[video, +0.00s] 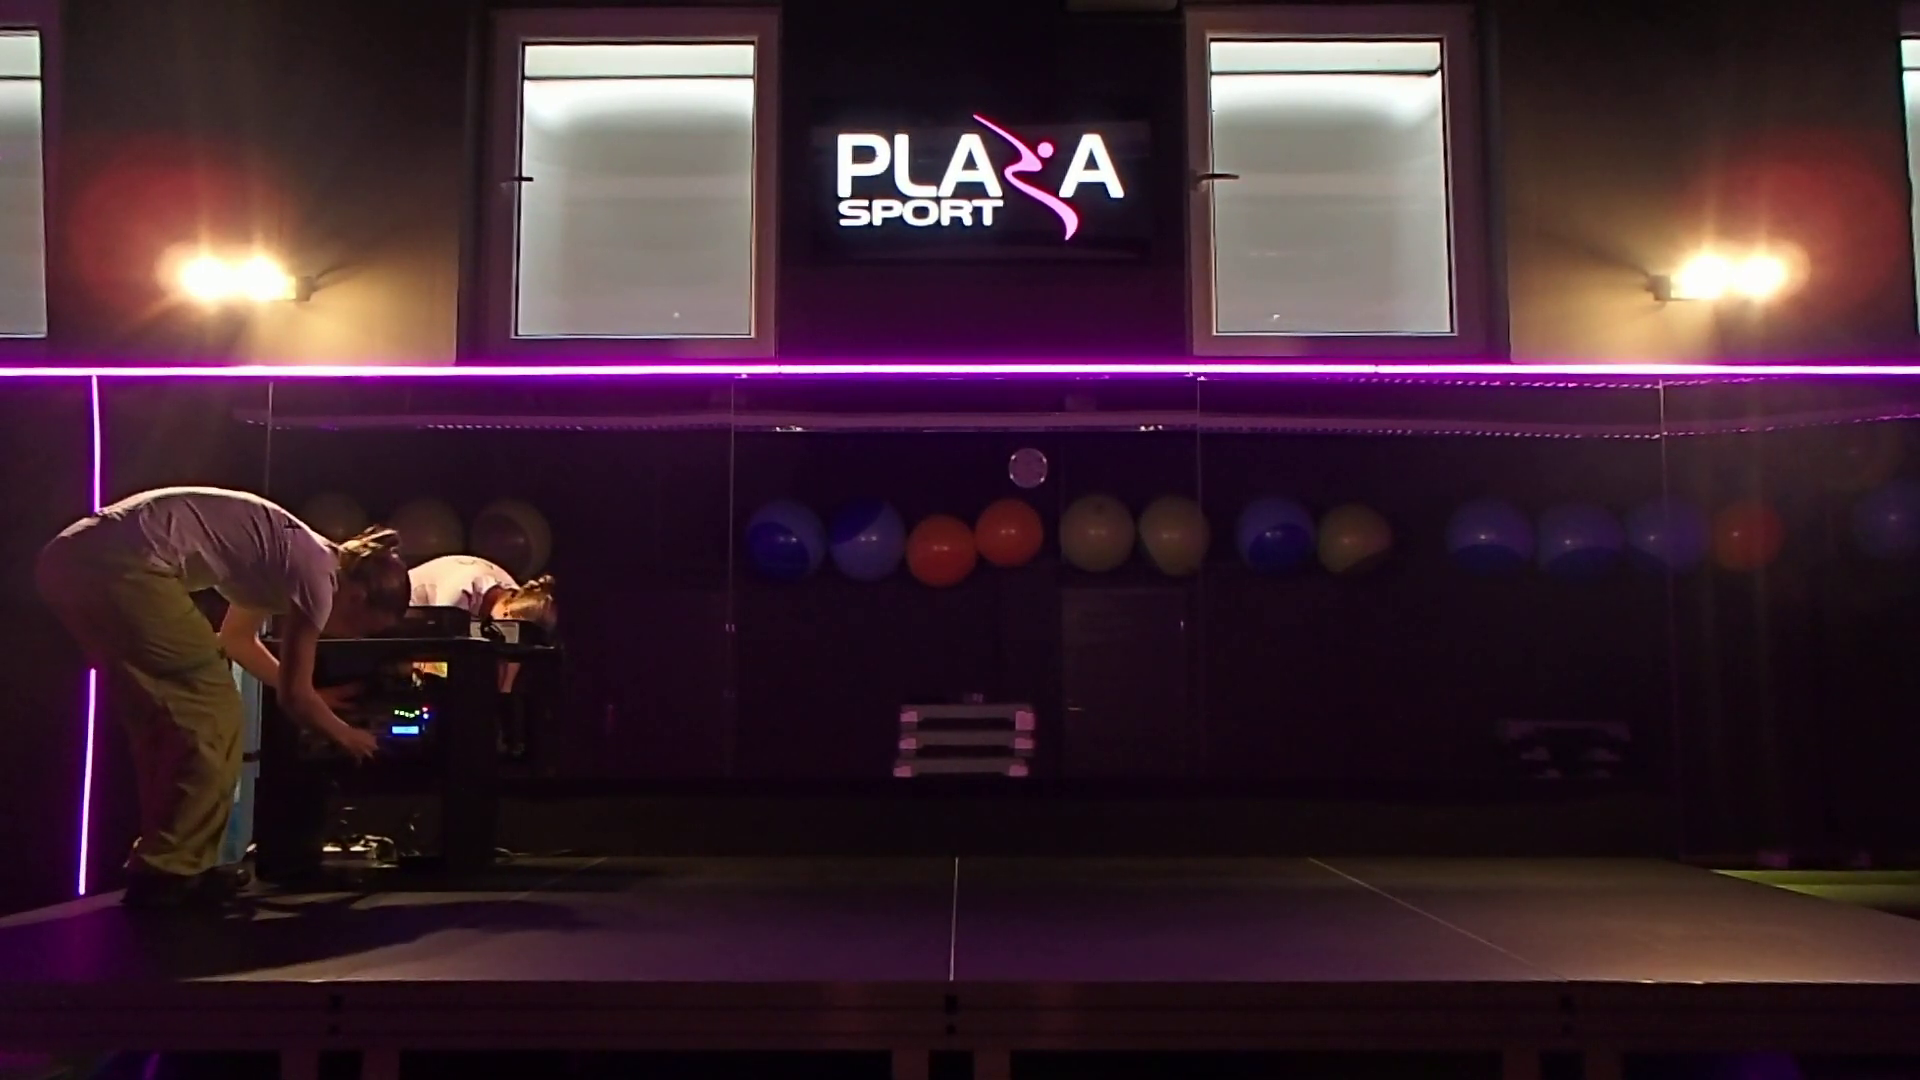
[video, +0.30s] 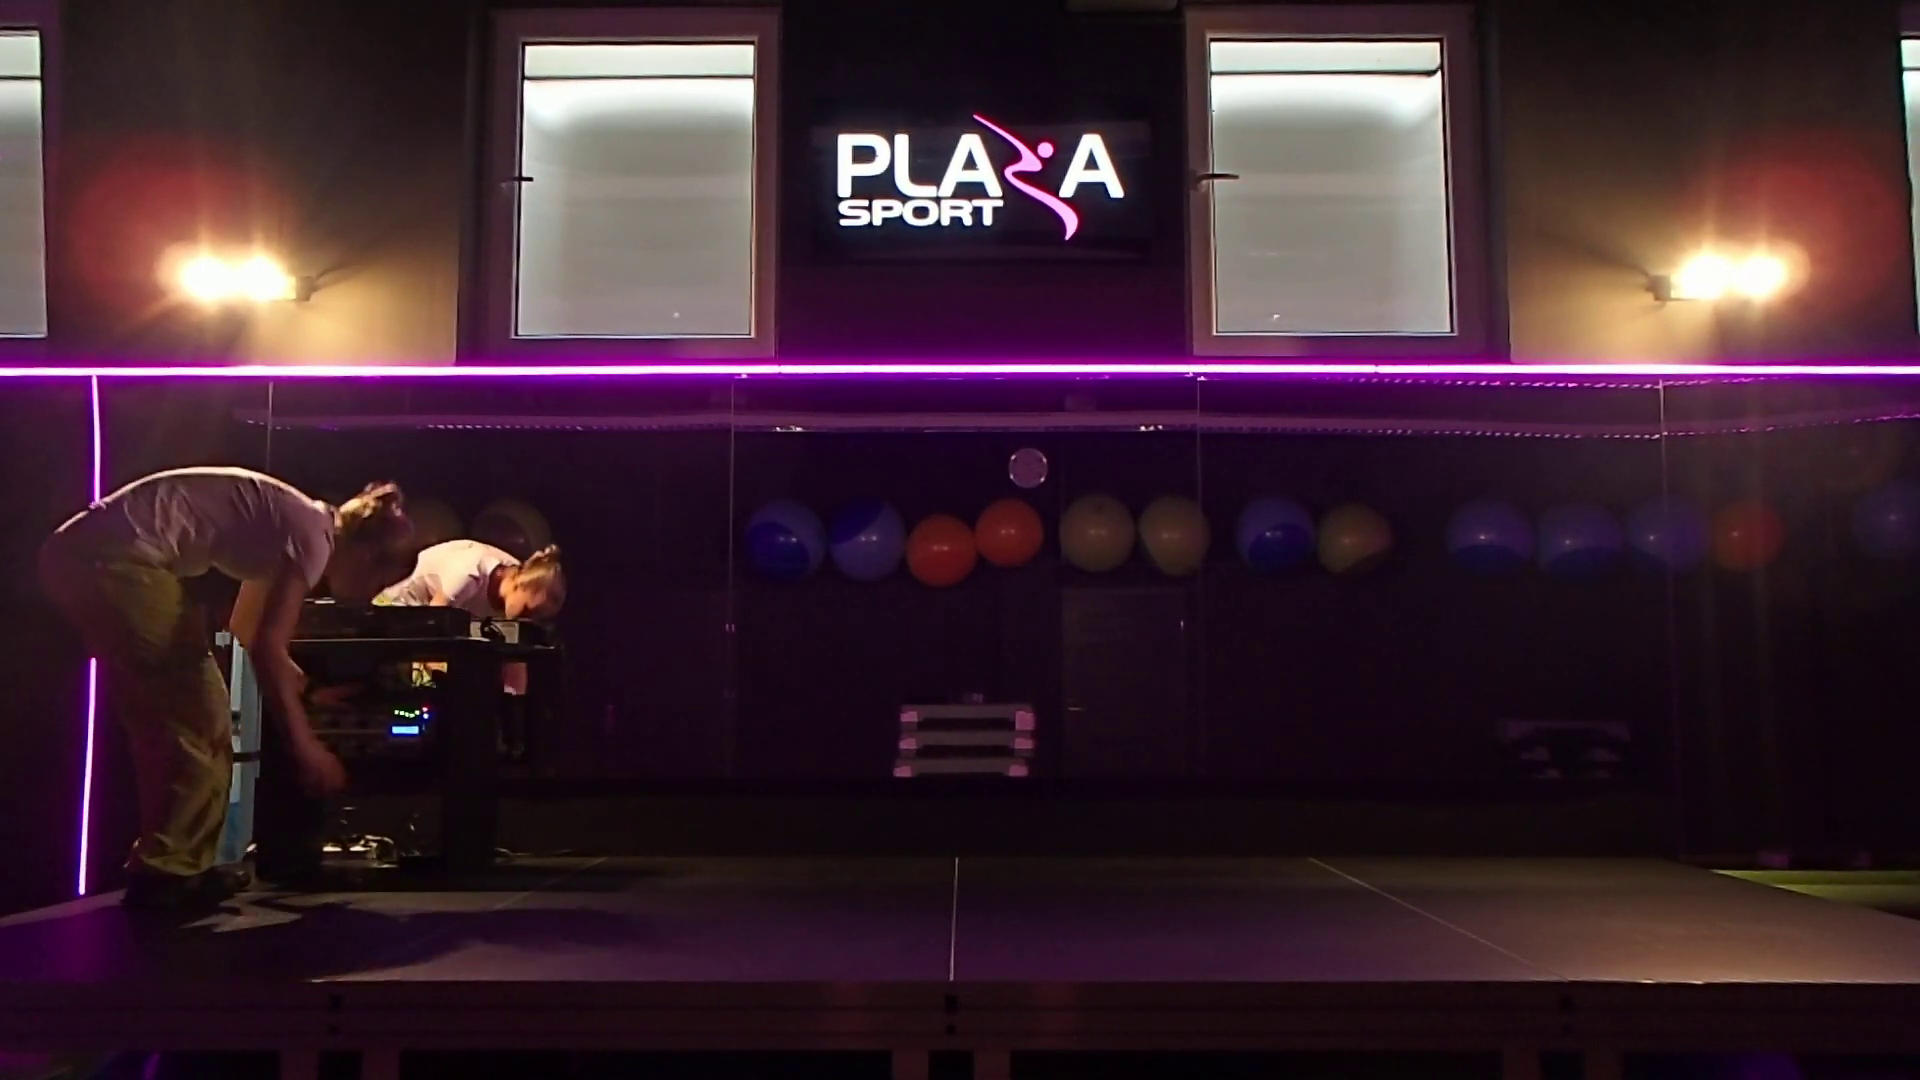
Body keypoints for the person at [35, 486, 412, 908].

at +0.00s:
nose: (354, 633)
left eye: (367, 630)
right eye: (365, 624)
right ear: (354, 592)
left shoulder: (277, 560)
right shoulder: (315, 572)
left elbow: (236, 638)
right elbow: (297, 695)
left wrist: (299, 689)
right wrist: (344, 734)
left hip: (79, 559)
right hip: (123, 563)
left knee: (161, 710)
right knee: (214, 701)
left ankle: (163, 862)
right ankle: (173, 869)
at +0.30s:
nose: (371, 595)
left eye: (382, 586)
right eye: (379, 579)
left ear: (357, 537)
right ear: (365, 551)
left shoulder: (290, 523)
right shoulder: (311, 535)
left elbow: (245, 628)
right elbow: (269, 644)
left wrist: (294, 679)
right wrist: (305, 745)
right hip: (121, 562)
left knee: (185, 720)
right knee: (202, 722)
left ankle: (175, 868)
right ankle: (167, 874)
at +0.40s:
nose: (382, 568)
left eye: (393, 560)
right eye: (390, 554)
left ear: (365, 514)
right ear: (373, 528)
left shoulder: (306, 507)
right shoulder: (308, 508)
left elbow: (256, 616)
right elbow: (248, 615)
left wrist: (308, 685)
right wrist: (255, 726)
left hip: (117, 550)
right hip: (110, 550)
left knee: (186, 695)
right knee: (187, 696)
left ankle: (184, 864)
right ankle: (166, 872)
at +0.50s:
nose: (388, 553)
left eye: (396, 544)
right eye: (394, 540)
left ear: (369, 508)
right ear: (377, 515)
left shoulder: (305, 522)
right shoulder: (299, 496)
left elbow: (265, 607)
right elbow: (225, 577)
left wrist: (311, 681)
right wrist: (206, 680)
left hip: (134, 552)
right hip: (106, 547)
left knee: (181, 697)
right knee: (162, 698)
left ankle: (189, 863)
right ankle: (161, 874)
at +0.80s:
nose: (382, 567)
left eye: (391, 561)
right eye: (389, 557)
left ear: (369, 516)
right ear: (377, 527)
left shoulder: (311, 526)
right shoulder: (299, 516)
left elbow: (266, 615)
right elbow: (237, 612)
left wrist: (316, 684)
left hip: (145, 560)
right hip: (105, 553)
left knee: (197, 708)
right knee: (172, 712)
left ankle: (187, 863)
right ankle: (156, 875)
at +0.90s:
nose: (378, 589)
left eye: (387, 582)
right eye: (385, 578)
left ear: (365, 541)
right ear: (372, 549)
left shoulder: (307, 529)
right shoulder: (306, 538)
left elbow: (260, 627)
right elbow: (271, 649)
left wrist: (315, 688)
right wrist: (311, 731)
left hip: (139, 557)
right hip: (104, 550)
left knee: (191, 701)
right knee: (172, 703)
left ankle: (182, 865)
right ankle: (163, 874)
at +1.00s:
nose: (380, 602)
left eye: (392, 596)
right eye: (389, 591)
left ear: (372, 554)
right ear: (374, 562)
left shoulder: (301, 539)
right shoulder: (317, 555)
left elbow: (254, 627)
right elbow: (314, 672)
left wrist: (309, 687)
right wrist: (361, 727)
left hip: (111, 547)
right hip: (108, 550)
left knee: (181, 696)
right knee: (182, 697)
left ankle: (177, 868)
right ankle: (168, 874)